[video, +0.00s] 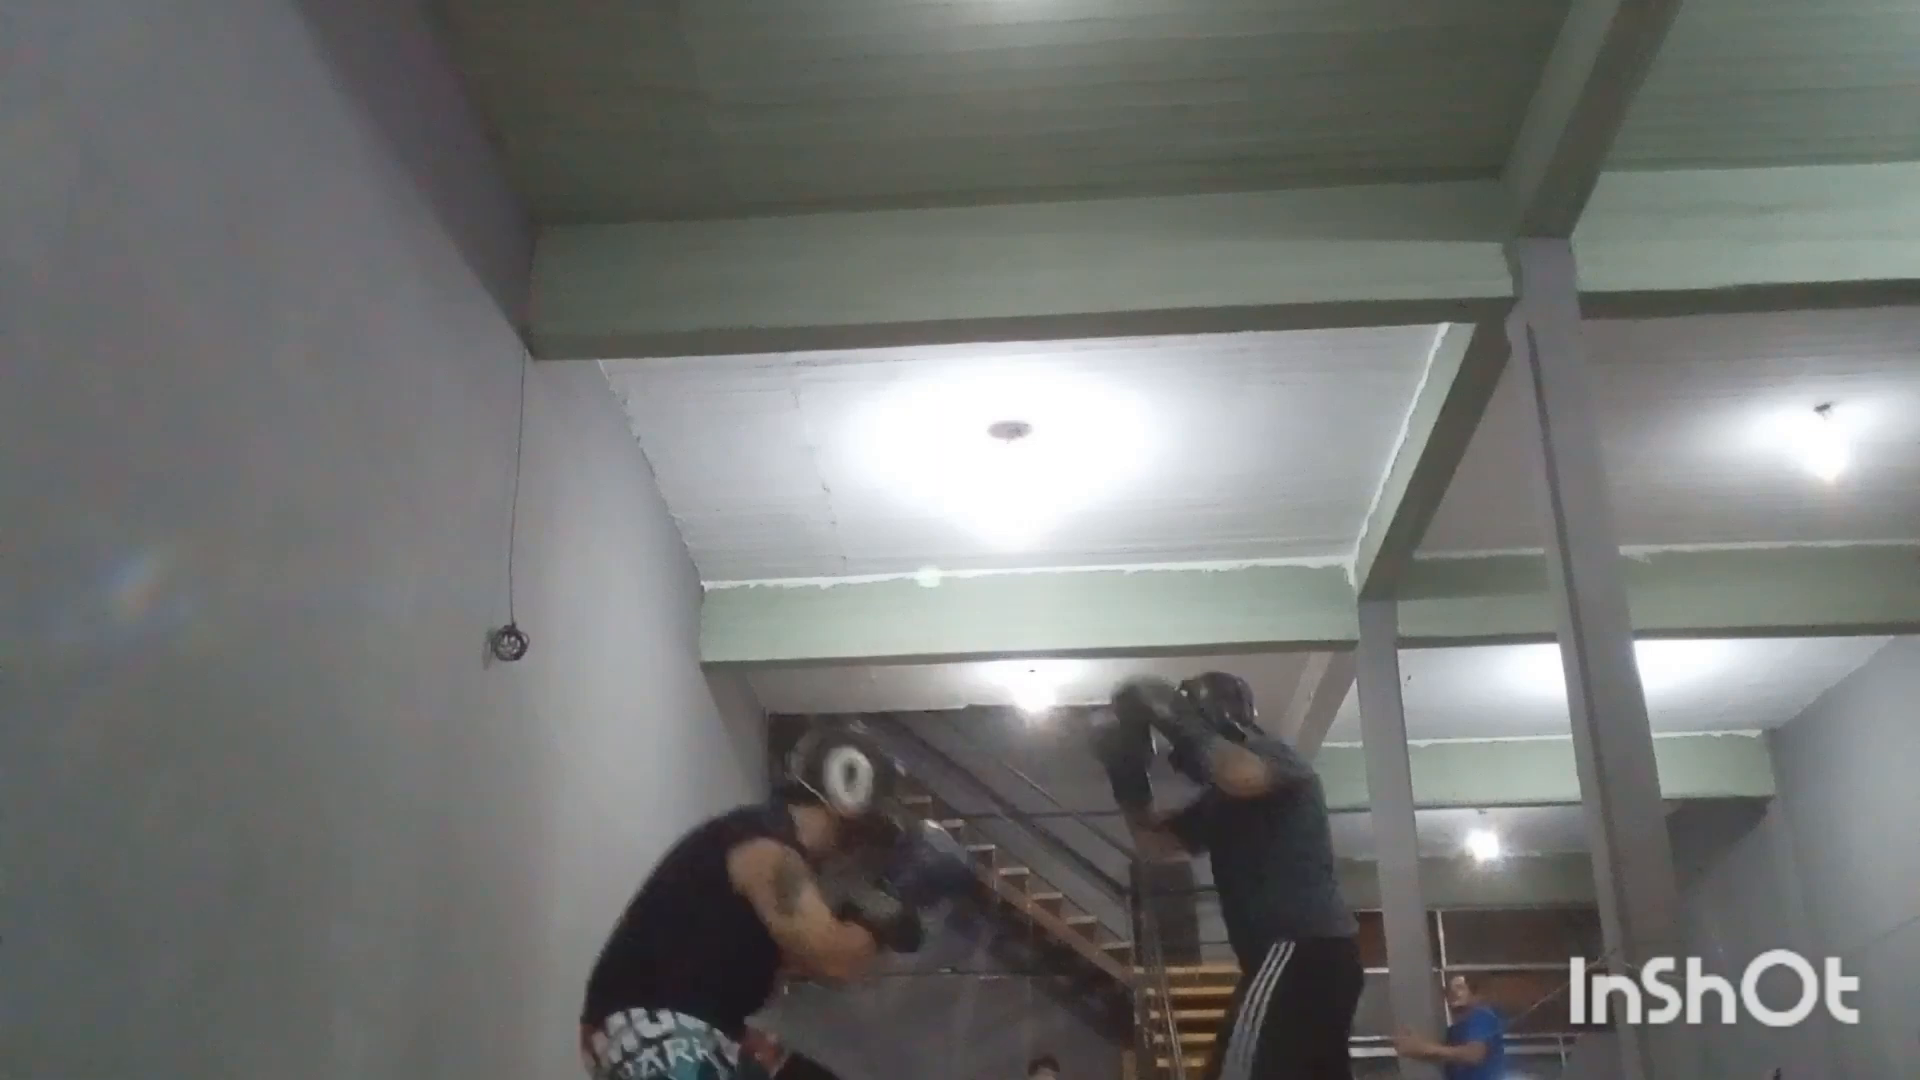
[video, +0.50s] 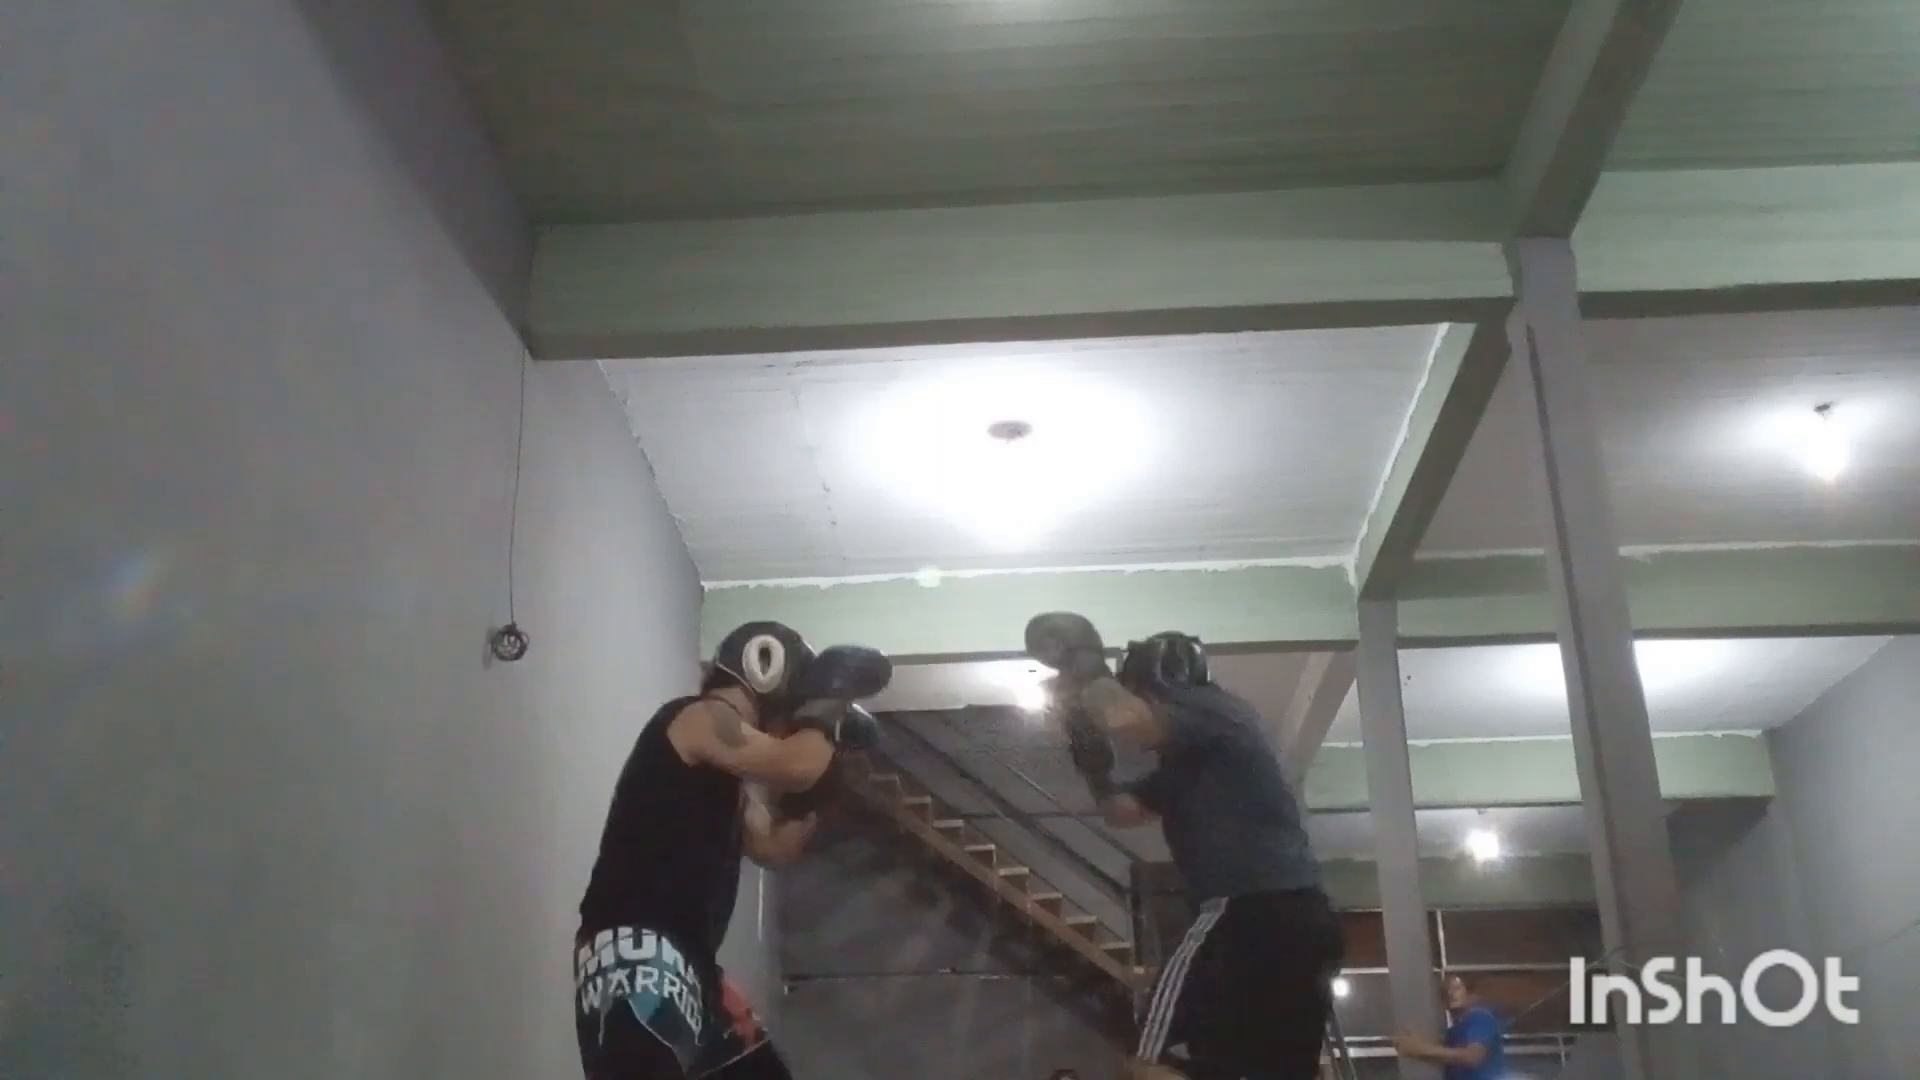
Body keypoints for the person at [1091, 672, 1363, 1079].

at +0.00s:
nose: (1179, 729)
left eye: (1187, 718)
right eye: (1180, 721)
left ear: (1211, 716)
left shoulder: (1277, 756)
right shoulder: (1227, 796)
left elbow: (1242, 777)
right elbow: (1154, 842)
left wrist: (1178, 718)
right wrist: (1126, 766)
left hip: (1305, 951)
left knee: (1241, 1069)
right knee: (1321, 1073)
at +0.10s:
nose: (1191, 756)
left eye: (1196, 738)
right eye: (1187, 741)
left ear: (1227, 732)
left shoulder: (1287, 771)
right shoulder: (1242, 812)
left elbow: (1287, 807)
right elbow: (1185, 879)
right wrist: (1143, 810)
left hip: (1310, 957)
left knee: (1207, 1064)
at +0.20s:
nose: (1187, 752)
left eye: (1190, 736)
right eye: (1183, 741)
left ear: (1215, 725)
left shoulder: (1274, 766)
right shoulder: (1243, 805)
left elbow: (1265, 807)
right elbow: (1198, 889)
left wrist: (1176, 760)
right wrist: (1149, 829)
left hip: (1305, 959)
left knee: (1236, 1070)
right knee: (1335, 1072)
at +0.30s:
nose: (1164, 719)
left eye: (1168, 705)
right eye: (1161, 708)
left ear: (1191, 701)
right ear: (1221, 698)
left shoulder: (1238, 744)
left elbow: (1186, 764)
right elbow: (1166, 856)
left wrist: (1127, 710)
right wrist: (1113, 776)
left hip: (1281, 944)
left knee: (1212, 1069)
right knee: (1328, 1070)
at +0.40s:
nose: (1147, 705)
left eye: (1148, 691)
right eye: (1144, 697)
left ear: (1170, 676)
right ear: (1198, 670)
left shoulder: (1220, 710)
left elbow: (1151, 728)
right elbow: (1138, 816)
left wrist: (1098, 669)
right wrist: (1101, 753)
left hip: (1270, 917)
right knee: (1301, 1061)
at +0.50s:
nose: (1136, 708)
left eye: (1137, 696)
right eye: (1133, 698)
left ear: (1155, 681)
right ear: (1189, 670)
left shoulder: (1211, 706)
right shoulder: (1190, 756)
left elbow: (1126, 720)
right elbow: (1123, 812)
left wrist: (1086, 671)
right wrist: (1097, 771)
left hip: (1253, 911)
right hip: (1300, 911)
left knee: (1155, 1057)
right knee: (1284, 1069)